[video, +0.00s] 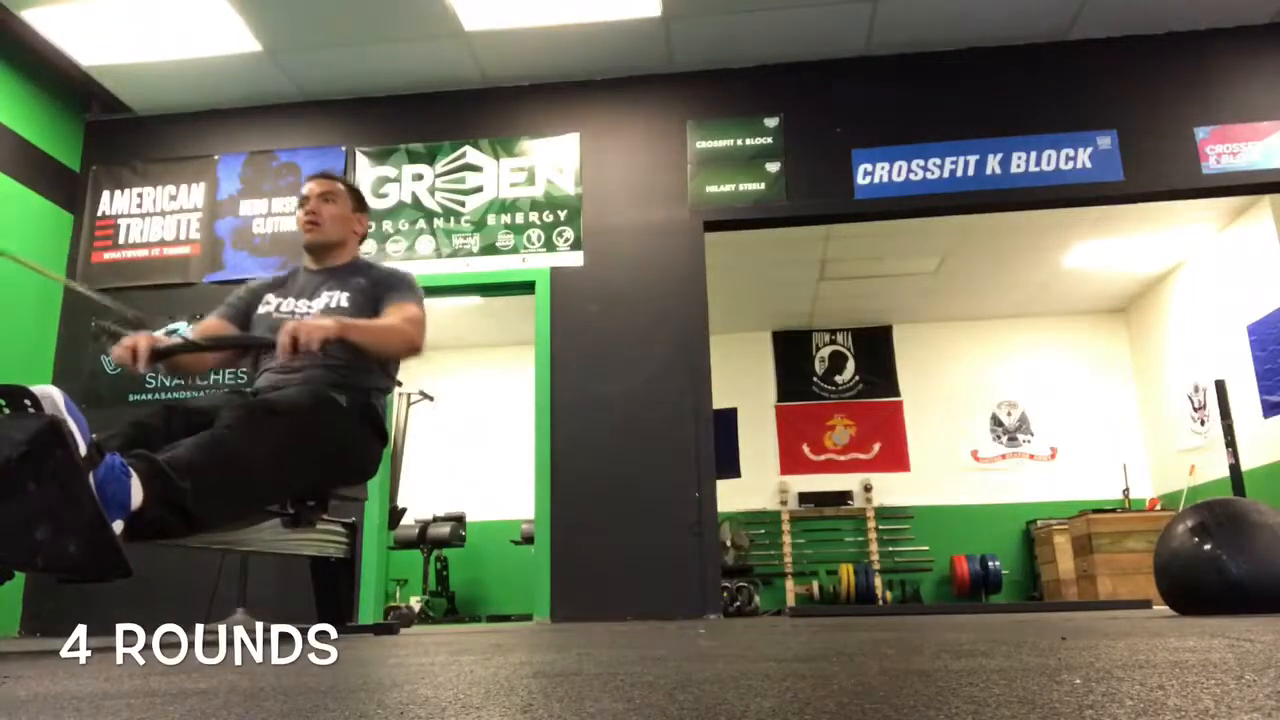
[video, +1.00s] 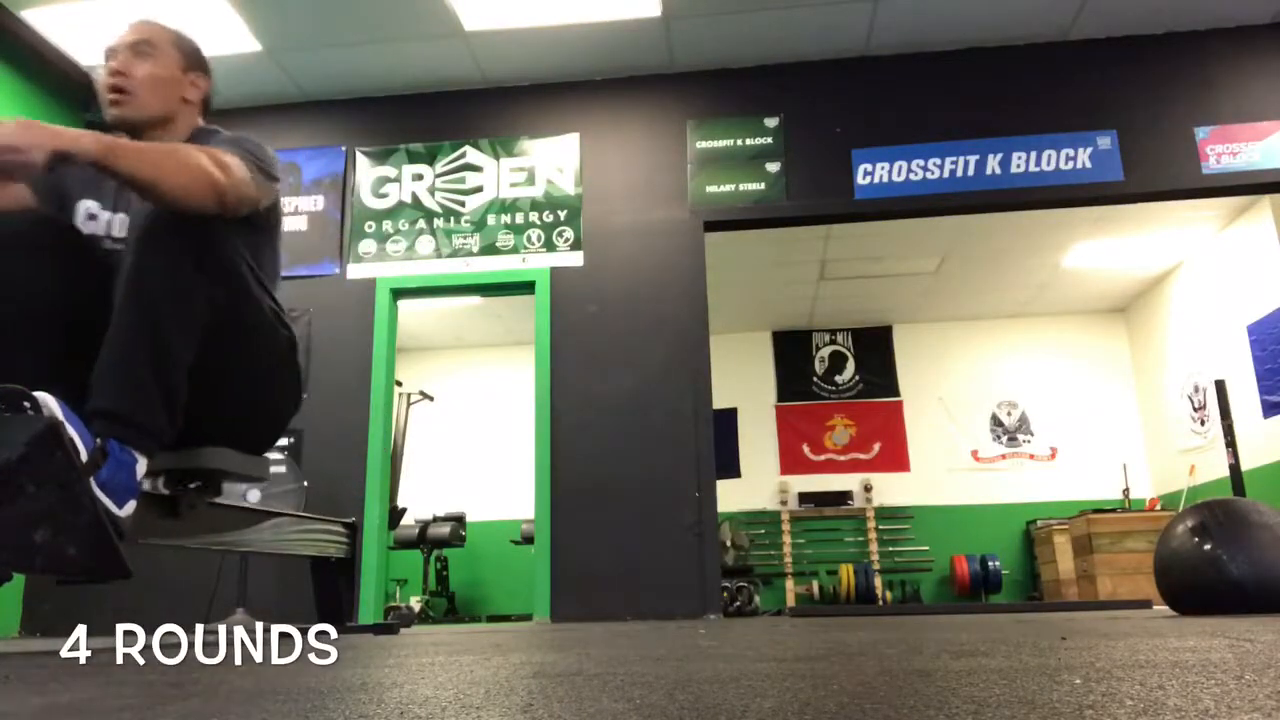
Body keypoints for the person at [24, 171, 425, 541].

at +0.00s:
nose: (310, 209)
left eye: (326, 200)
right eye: (304, 203)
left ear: (360, 223)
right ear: (298, 222)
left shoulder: (386, 279)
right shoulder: (266, 291)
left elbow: (409, 336)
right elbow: (205, 347)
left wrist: (338, 327)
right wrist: (160, 348)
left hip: (340, 412)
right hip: (262, 409)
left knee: (247, 440)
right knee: (168, 424)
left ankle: (125, 490)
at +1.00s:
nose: (114, 67)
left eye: (141, 53)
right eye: (110, 58)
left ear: (195, 86)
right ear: (100, 84)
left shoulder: (242, 154)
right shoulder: (78, 172)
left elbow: (219, 188)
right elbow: (4, 193)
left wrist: (72, 141)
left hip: (234, 389)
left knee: (181, 219)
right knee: (26, 233)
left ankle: (123, 448)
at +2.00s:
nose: (330, 238)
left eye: (345, 230)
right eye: (323, 233)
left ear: (378, 250)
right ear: (317, 252)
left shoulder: (405, 314)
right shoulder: (288, 315)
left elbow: (454, 395)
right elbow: (261, 378)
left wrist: (398, 357)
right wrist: (219, 372)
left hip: (343, 410)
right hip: (271, 406)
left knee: (250, 436)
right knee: (178, 420)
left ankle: (127, 494)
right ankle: (95, 466)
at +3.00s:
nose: (130, 86)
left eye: (156, 72)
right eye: (121, 75)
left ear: (205, 100)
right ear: (109, 96)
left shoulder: (247, 166)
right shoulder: (89, 177)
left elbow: (257, 209)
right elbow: (9, 198)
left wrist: (111, 200)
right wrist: (34, 210)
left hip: (244, 397)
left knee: (202, 231)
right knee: (14, 240)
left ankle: (125, 451)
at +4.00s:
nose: (339, 237)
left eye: (354, 229)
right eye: (330, 231)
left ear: (380, 249)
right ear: (320, 249)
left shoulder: (404, 306)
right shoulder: (278, 306)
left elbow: (443, 381)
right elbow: (232, 380)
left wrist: (380, 346)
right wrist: (210, 353)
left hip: (342, 408)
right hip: (263, 406)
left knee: (256, 440)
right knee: (174, 427)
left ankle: (128, 497)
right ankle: (92, 470)